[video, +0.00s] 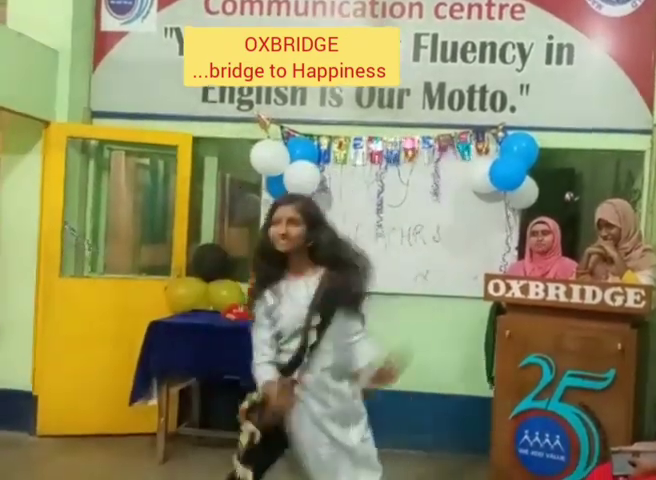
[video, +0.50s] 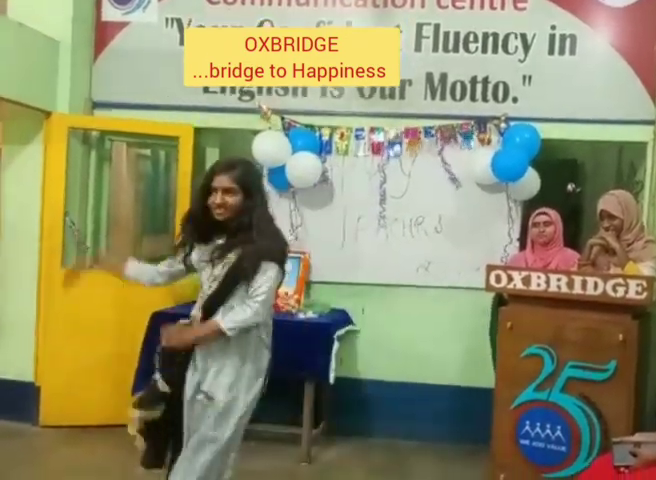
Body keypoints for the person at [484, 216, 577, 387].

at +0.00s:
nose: (539, 239)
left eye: (545, 234)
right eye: (534, 234)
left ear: (555, 238)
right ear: (527, 239)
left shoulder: (570, 268)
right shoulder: (515, 268)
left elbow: (573, 309)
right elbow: (501, 309)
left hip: (557, 337)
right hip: (519, 337)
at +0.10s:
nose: (540, 238)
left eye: (545, 232)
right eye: (534, 233)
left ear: (556, 236)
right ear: (528, 238)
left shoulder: (570, 267)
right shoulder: (516, 267)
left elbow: (574, 309)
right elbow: (499, 311)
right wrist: (492, 368)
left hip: (558, 339)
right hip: (520, 338)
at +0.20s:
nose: (540, 237)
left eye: (546, 231)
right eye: (535, 232)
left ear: (556, 235)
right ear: (528, 237)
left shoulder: (570, 266)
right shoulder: (516, 266)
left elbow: (574, 309)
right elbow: (499, 311)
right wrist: (493, 370)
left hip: (559, 339)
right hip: (520, 337)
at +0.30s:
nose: (540, 235)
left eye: (546, 230)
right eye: (535, 230)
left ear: (556, 233)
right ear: (528, 235)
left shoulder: (571, 264)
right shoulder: (517, 264)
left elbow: (574, 308)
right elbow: (499, 309)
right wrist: (494, 367)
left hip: (558, 337)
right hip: (520, 335)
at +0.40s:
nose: (540, 232)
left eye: (546, 227)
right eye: (535, 227)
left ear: (556, 231)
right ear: (529, 233)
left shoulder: (571, 261)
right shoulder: (517, 261)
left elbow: (575, 299)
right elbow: (505, 299)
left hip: (559, 329)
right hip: (521, 327)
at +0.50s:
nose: (541, 230)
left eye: (547, 225)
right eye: (536, 225)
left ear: (557, 228)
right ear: (529, 230)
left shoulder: (572, 259)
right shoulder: (517, 260)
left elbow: (576, 294)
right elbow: (505, 293)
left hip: (559, 325)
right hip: (522, 323)